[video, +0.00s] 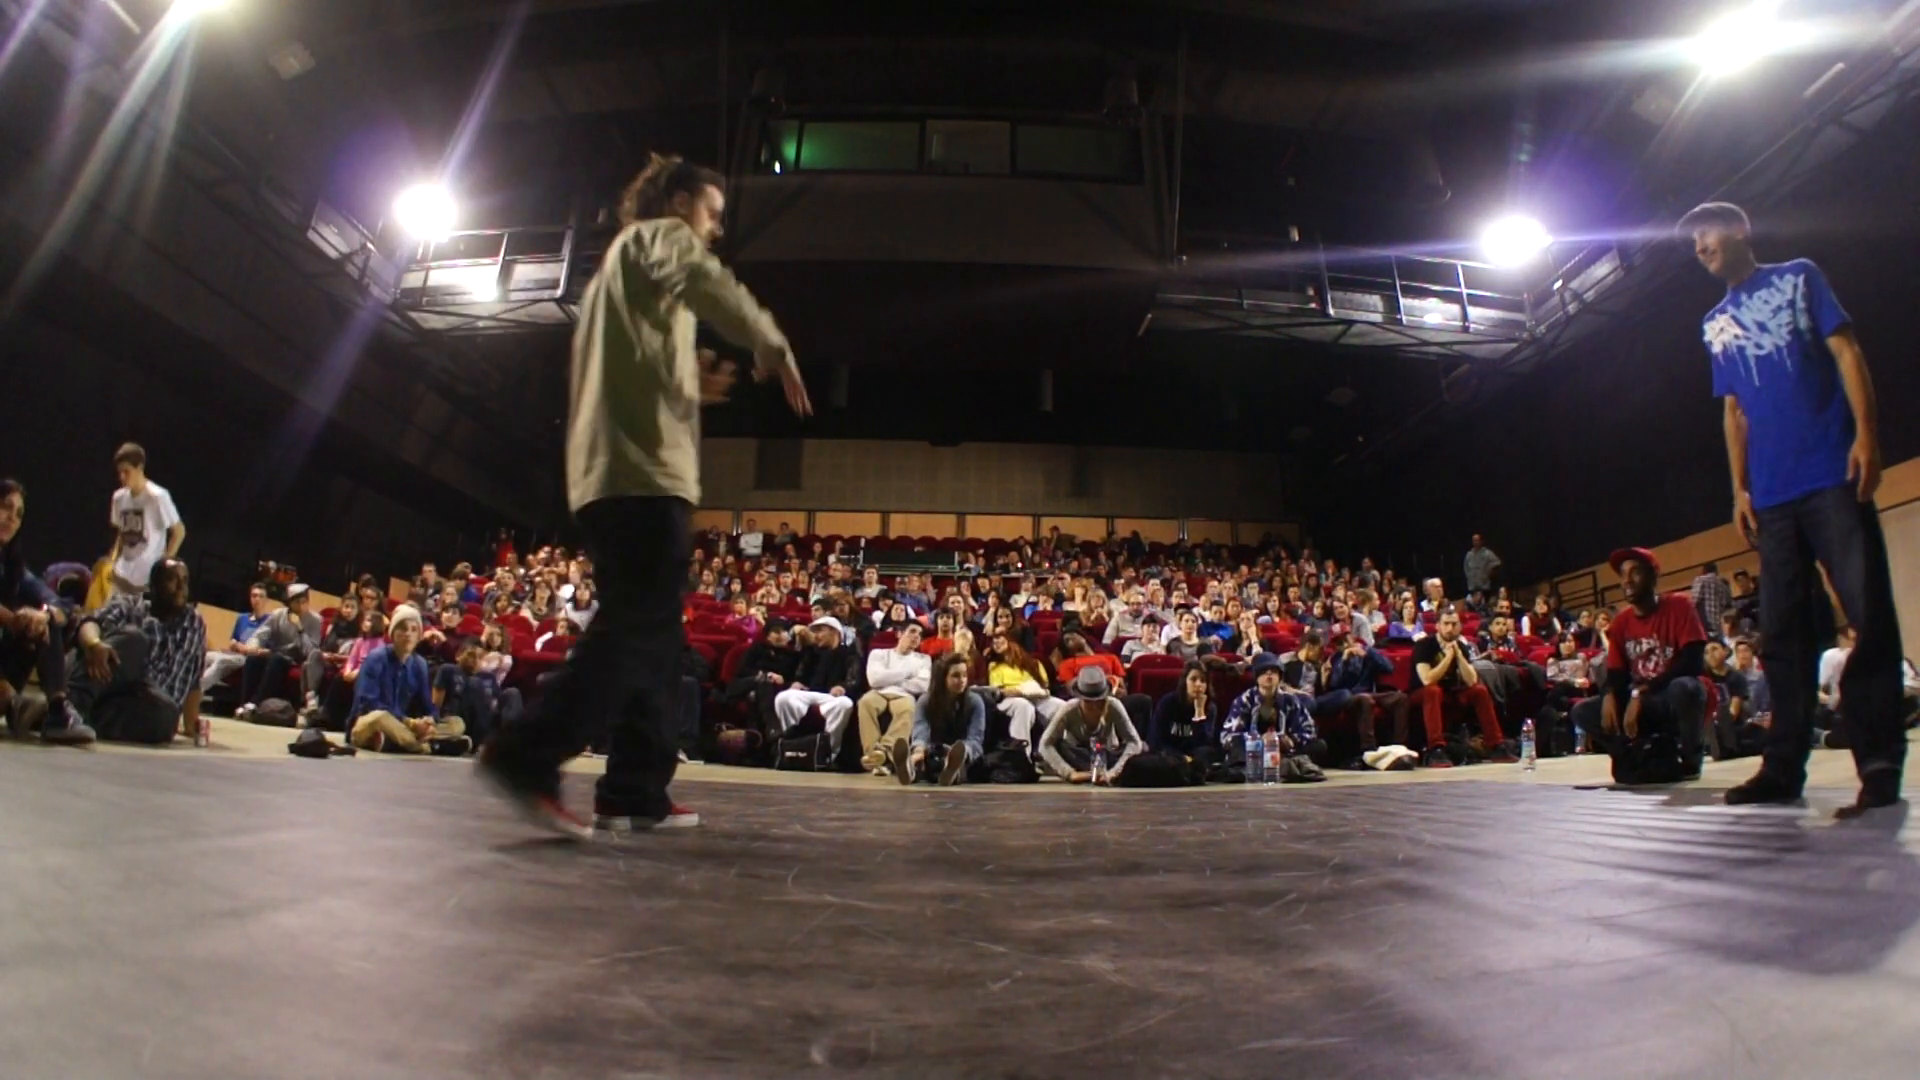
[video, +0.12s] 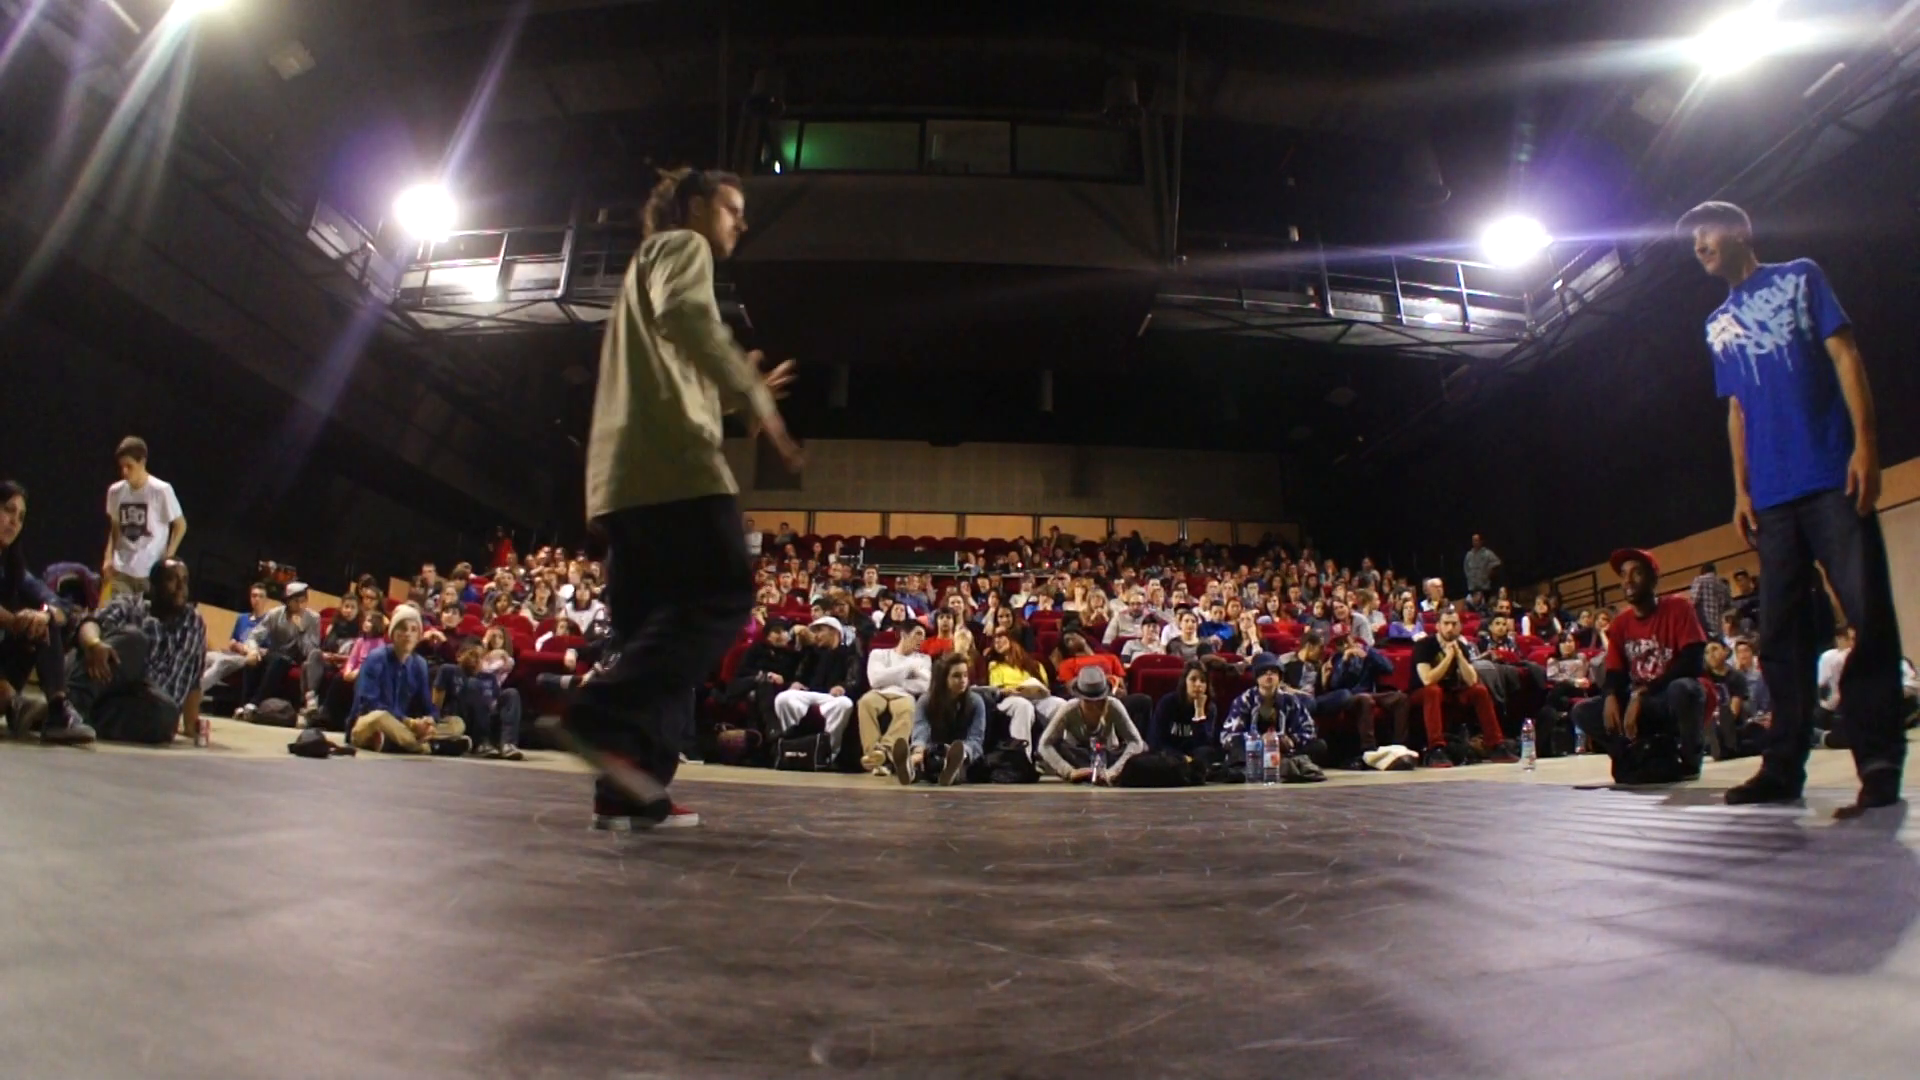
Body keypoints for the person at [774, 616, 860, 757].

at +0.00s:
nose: (816, 635)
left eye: (821, 630)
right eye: (815, 631)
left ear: (834, 633)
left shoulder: (848, 654)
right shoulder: (812, 652)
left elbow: (853, 680)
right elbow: (801, 674)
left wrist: (842, 688)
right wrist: (798, 683)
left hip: (831, 694)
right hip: (809, 691)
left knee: (844, 704)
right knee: (783, 699)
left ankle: (829, 754)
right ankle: (793, 749)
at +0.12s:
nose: (817, 635)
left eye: (821, 630)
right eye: (816, 631)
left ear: (834, 633)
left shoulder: (848, 654)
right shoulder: (812, 652)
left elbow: (853, 680)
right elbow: (801, 674)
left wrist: (842, 688)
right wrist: (798, 683)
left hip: (831, 694)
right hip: (809, 692)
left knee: (844, 704)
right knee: (783, 700)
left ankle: (829, 754)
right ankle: (793, 749)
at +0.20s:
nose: (817, 635)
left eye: (821, 630)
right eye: (816, 631)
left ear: (834, 633)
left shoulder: (848, 654)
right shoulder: (813, 652)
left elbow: (853, 680)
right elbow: (801, 674)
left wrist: (842, 688)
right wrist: (798, 683)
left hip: (831, 694)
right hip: (809, 692)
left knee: (844, 704)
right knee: (783, 699)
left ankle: (829, 754)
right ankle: (793, 749)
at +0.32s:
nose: (817, 635)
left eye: (821, 630)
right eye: (816, 631)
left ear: (833, 632)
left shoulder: (848, 654)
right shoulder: (813, 652)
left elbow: (853, 681)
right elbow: (801, 674)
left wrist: (843, 688)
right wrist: (797, 683)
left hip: (830, 694)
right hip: (808, 692)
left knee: (844, 704)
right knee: (791, 698)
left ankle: (829, 753)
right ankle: (785, 747)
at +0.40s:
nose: (818, 635)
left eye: (822, 631)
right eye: (818, 631)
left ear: (834, 633)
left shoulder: (848, 653)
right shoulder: (815, 653)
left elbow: (854, 679)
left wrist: (842, 687)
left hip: (834, 694)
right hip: (816, 693)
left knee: (844, 704)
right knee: (843, 704)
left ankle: (828, 752)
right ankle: (829, 753)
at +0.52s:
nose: (822, 634)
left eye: (825, 630)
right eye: (821, 630)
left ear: (835, 634)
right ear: (821, 633)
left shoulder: (848, 653)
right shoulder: (816, 653)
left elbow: (854, 680)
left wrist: (843, 687)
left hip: (834, 695)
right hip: (814, 693)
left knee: (845, 704)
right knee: (842, 704)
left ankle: (828, 752)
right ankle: (830, 754)